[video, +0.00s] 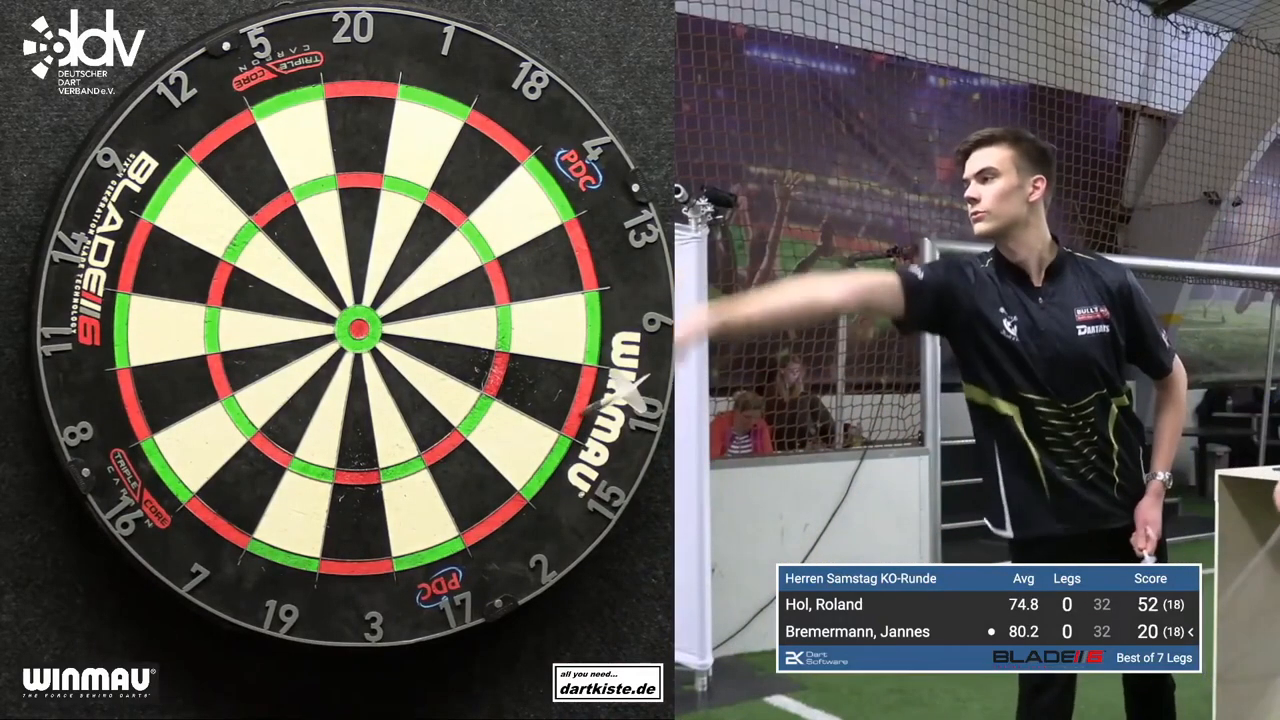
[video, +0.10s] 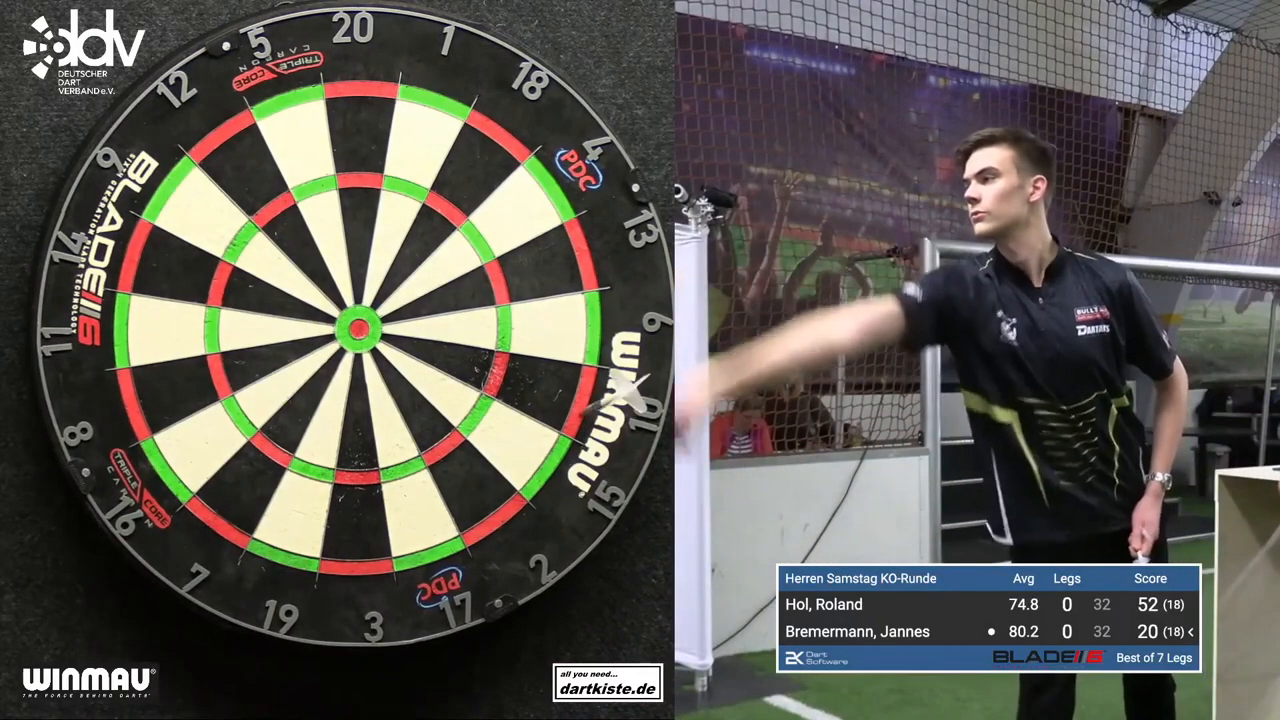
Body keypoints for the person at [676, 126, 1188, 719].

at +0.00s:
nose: (970, 193)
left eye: (986, 178)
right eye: (967, 184)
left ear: (1037, 188)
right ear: (969, 198)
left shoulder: (1109, 283)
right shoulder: (960, 284)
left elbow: (1173, 381)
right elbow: (840, 290)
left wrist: (1157, 487)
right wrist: (707, 318)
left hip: (1127, 522)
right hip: (1038, 535)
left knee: (1153, 682)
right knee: (1046, 691)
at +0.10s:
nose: (970, 192)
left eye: (987, 178)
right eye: (967, 183)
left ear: (1037, 188)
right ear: (969, 198)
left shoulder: (1110, 284)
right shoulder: (960, 289)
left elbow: (1173, 382)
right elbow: (842, 329)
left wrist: (1156, 488)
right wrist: (714, 377)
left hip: (1129, 523)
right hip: (1039, 538)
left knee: (1153, 680)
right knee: (1046, 691)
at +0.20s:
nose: (970, 194)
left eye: (987, 178)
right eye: (967, 184)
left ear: (1037, 189)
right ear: (967, 199)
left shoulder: (1108, 284)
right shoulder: (960, 295)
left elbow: (1174, 382)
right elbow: (864, 364)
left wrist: (1156, 488)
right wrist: (753, 445)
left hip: (1128, 521)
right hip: (1037, 539)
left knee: (1155, 682)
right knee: (1046, 693)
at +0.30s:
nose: (967, 197)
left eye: (985, 181)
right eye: (964, 187)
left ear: (1035, 191)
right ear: (965, 202)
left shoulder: (1108, 285)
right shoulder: (960, 307)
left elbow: (1172, 387)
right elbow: (902, 417)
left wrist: (1153, 491)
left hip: (1128, 524)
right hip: (1037, 544)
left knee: (1150, 678)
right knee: (1052, 695)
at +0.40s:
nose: (958, 203)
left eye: (976, 186)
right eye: (956, 192)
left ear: (1025, 197)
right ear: (955, 207)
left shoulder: (1098, 293)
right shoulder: (948, 319)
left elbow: (1162, 391)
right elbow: (927, 460)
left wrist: (1131, 482)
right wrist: (910, 582)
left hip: (1112, 529)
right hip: (1024, 546)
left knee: (1144, 683)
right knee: (1055, 698)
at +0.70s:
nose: (911, 203)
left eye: (930, 187)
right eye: (909, 191)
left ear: (982, 200)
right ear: (907, 204)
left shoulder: (1056, 309)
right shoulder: (898, 323)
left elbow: (1120, 424)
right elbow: (909, 465)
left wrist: (1041, 490)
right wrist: (918, 581)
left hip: (1061, 566)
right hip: (969, 571)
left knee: (1049, 707)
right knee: (1009, 707)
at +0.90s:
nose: (844, 202)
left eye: (868, 187)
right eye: (844, 188)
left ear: (925, 204)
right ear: (843, 201)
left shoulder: (996, 324)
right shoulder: (831, 330)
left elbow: (1081, 451)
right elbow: (829, 481)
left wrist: (983, 526)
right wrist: (832, 619)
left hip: (1003, 580)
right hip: (911, 586)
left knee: (947, 708)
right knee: (992, 708)